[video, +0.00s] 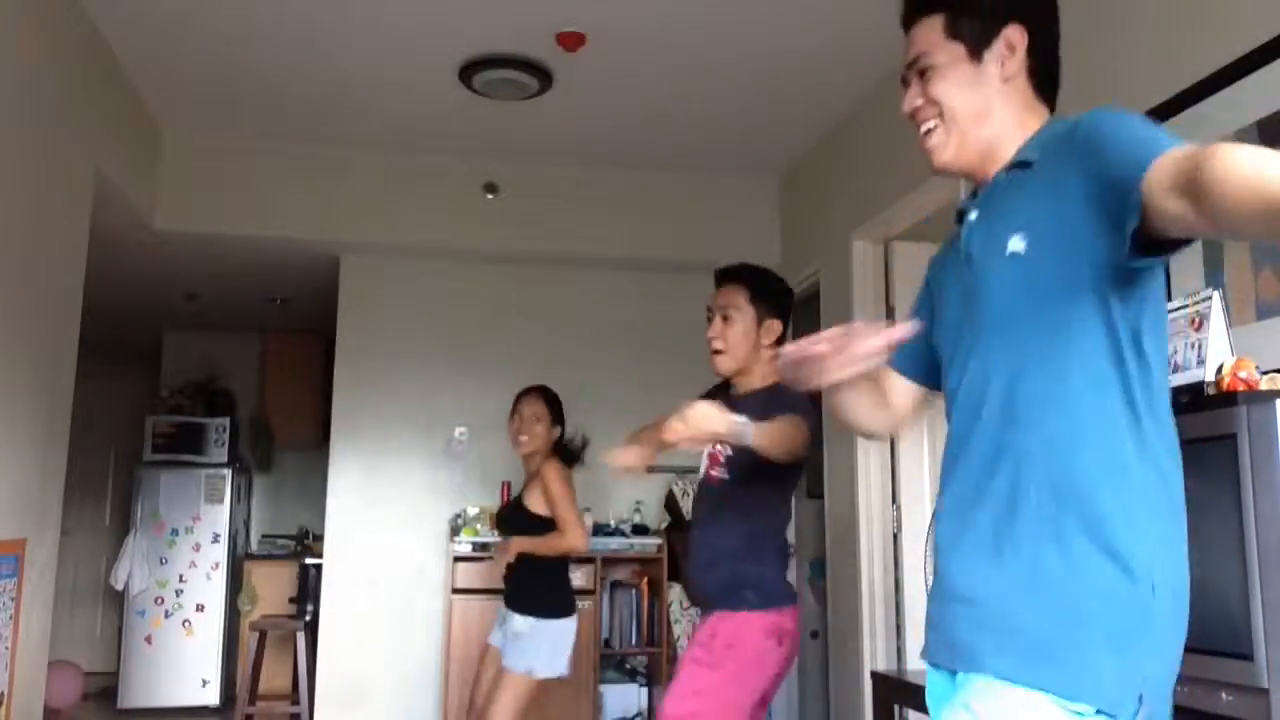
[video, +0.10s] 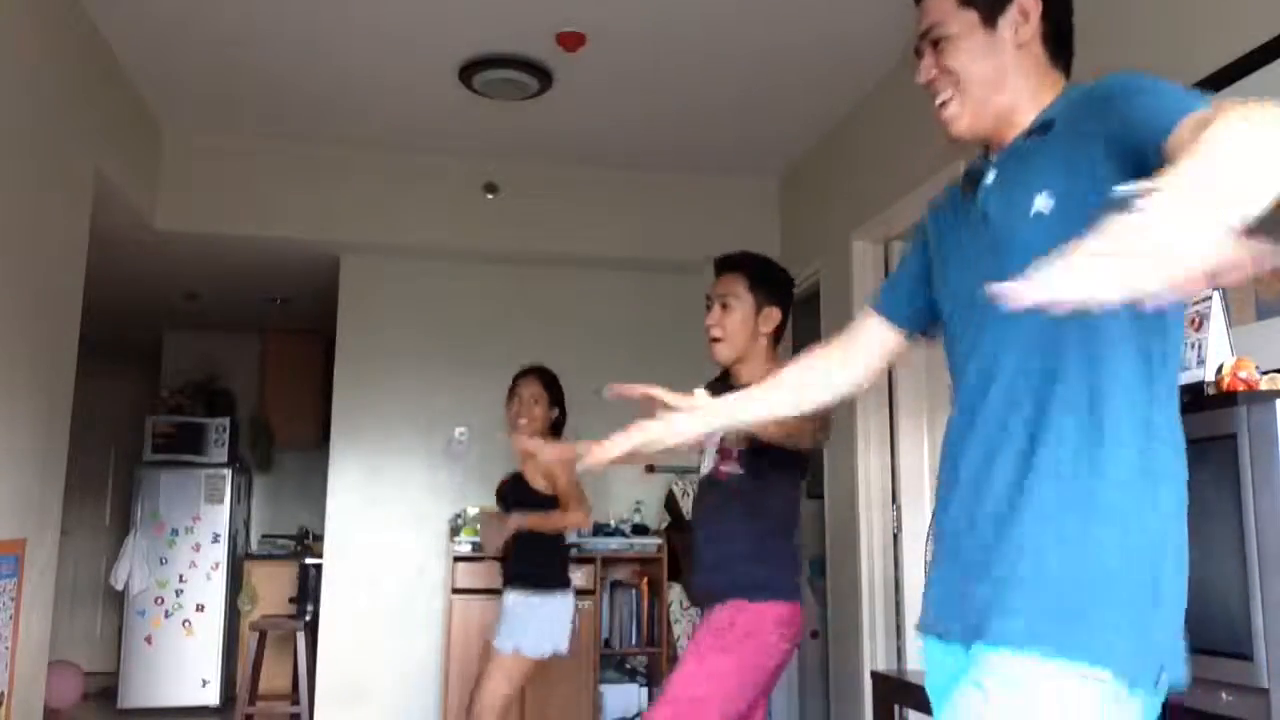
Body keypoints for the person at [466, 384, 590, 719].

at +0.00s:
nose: (522, 426)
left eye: (534, 419)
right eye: (517, 417)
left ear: (555, 431)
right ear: (510, 423)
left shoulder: (551, 470)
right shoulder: (533, 473)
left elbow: (576, 539)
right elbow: (555, 532)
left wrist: (517, 544)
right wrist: (514, 544)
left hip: (542, 618)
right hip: (515, 611)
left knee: (499, 713)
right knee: (479, 707)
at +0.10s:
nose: (522, 409)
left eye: (535, 401)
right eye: (516, 399)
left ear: (554, 414)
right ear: (508, 407)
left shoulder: (553, 454)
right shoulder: (531, 459)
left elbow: (580, 516)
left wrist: (520, 520)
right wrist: (511, 524)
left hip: (540, 597)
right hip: (526, 593)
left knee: (488, 702)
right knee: (504, 699)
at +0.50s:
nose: (524, 410)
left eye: (535, 401)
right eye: (519, 401)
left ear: (556, 408)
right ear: (513, 406)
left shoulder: (559, 449)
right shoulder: (532, 457)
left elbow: (590, 513)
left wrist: (522, 519)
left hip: (545, 585)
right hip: (528, 585)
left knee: (523, 700)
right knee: (506, 696)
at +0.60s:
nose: (527, 391)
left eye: (537, 381)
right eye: (522, 382)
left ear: (559, 385)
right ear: (516, 386)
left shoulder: (562, 432)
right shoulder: (539, 436)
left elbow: (554, 496)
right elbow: (503, 472)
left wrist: (500, 494)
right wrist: (463, 454)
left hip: (552, 568)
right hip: (531, 567)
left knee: (525, 689)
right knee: (505, 687)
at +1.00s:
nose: (546, 399)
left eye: (558, 391)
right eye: (542, 390)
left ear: (579, 400)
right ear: (536, 394)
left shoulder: (571, 437)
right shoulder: (552, 440)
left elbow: (507, 445)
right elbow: (533, 486)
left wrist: (446, 437)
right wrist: (488, 488)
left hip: (563, 579)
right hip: (543, 577)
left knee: (539, 694)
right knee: (527, 688)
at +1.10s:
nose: (552, 404)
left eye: (565, 397)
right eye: (549, 394)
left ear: (584, 410)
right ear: (543, 397)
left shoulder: (569, 439)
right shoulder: (553, 447)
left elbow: (512, 438)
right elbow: (518, 473)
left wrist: (441, 438)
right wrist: (482, 474)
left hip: (563, 574)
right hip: (545, 573)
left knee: (546, 696)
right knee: (535, 694)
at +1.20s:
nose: (552, 423)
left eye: (565, 418)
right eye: (552, 414)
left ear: (585, 434)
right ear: (547, 416)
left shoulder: (568, 465)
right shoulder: (567, 469)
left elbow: (527, 452)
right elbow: (529, 451)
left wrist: (488, 442)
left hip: (562, 593)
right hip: (555, 592)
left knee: (551, 699)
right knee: (542, 697)